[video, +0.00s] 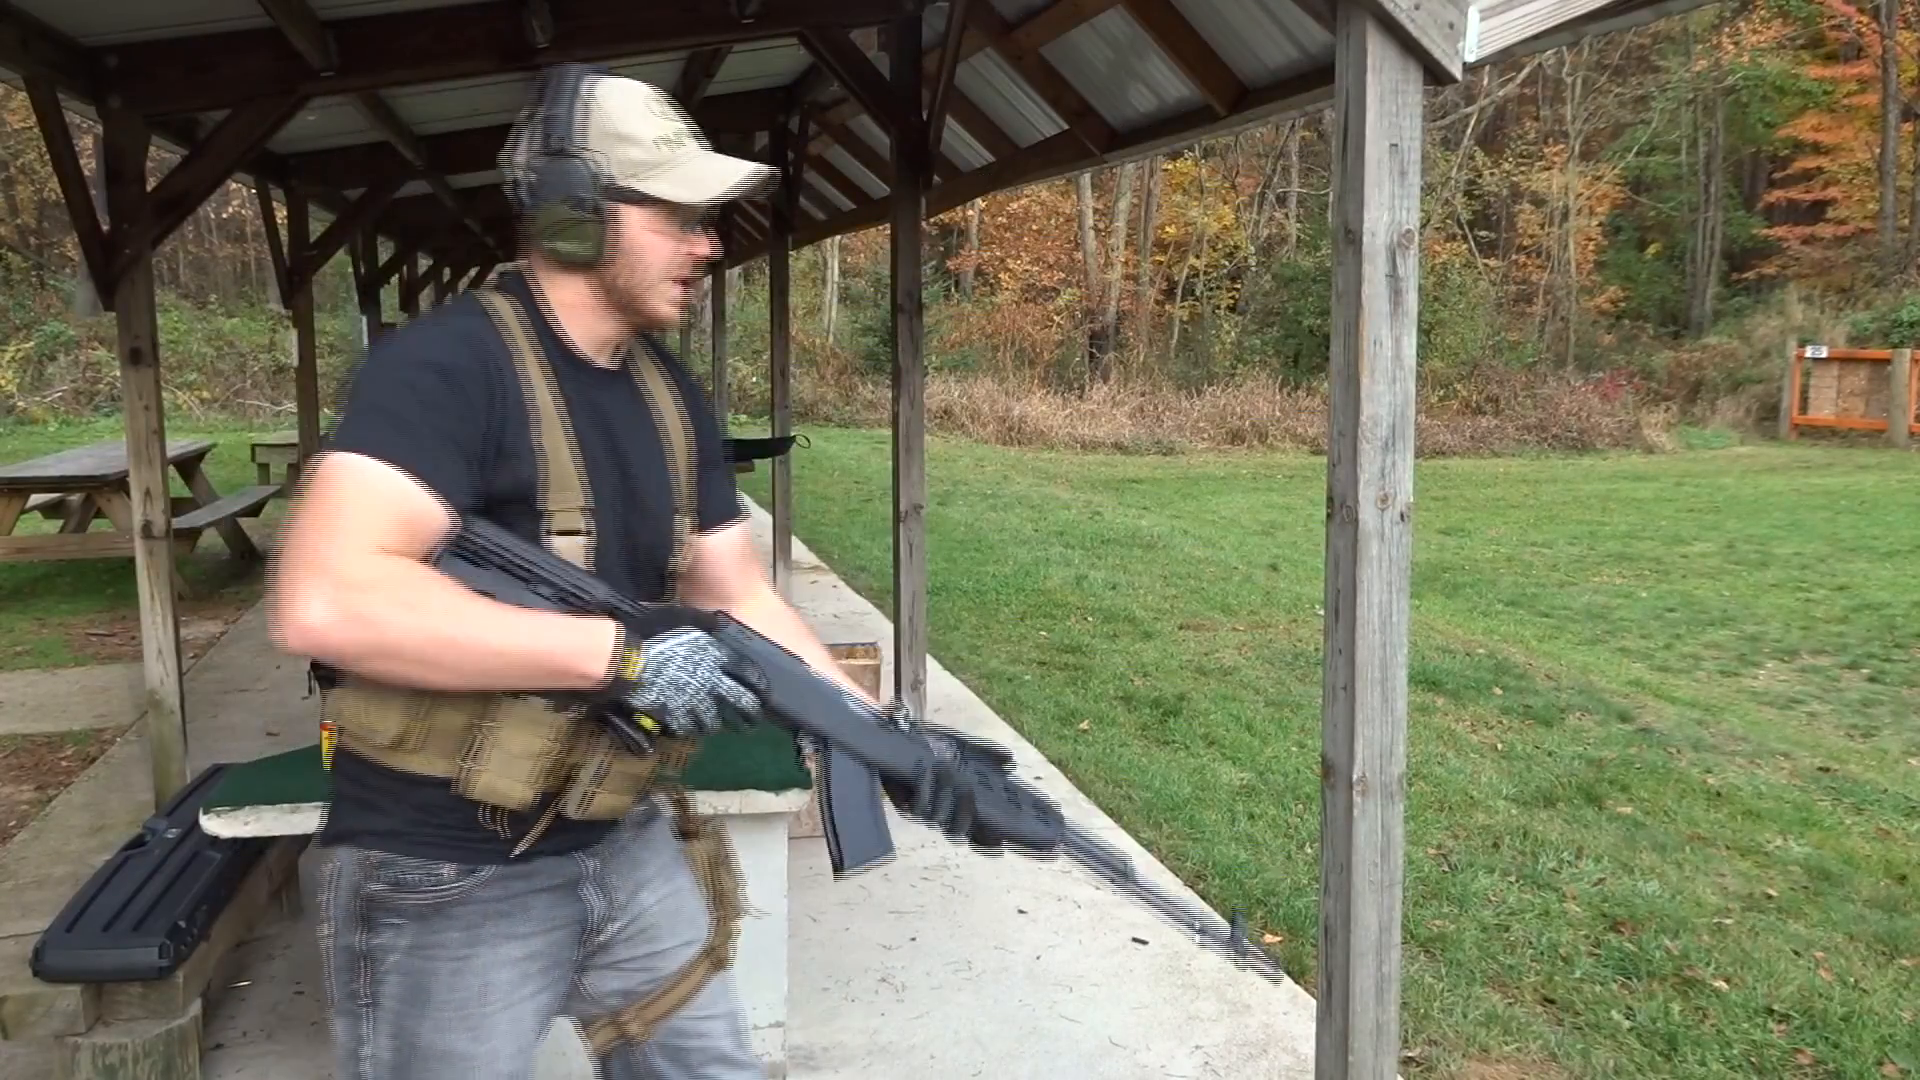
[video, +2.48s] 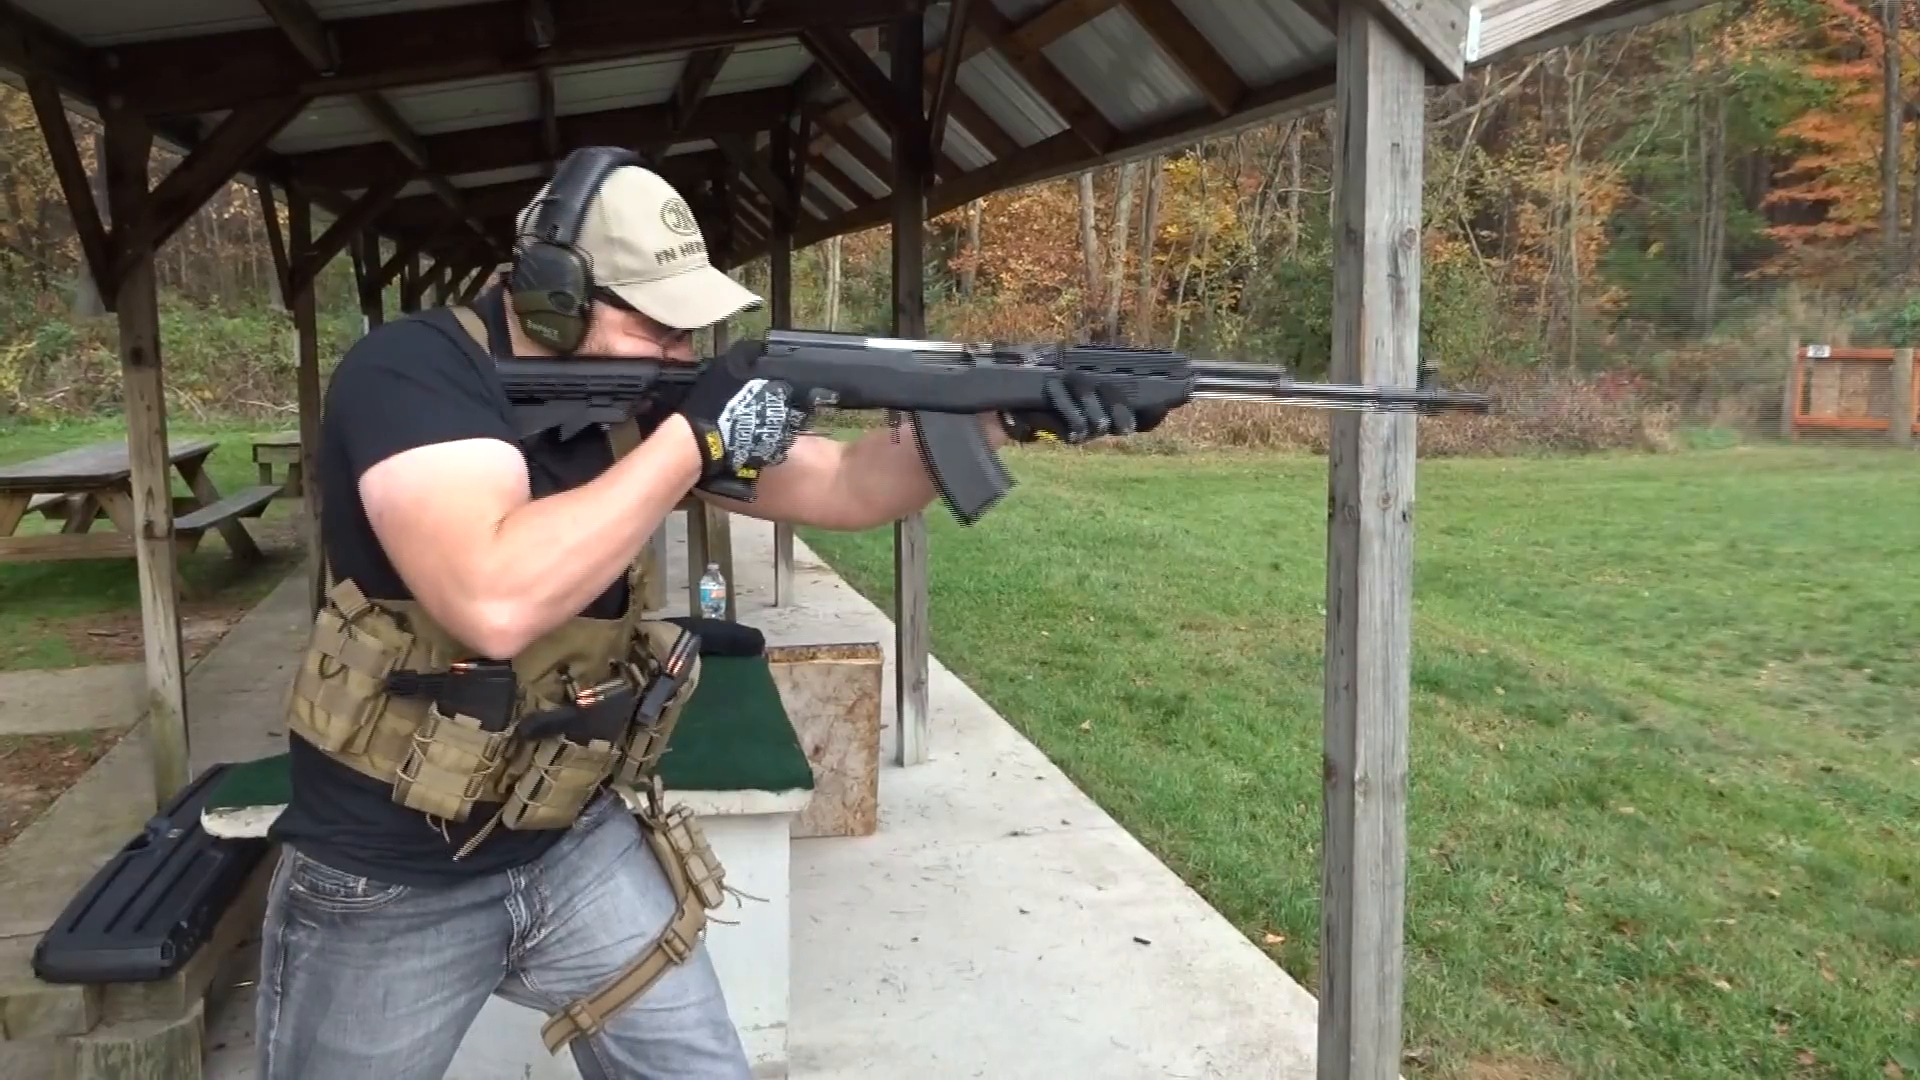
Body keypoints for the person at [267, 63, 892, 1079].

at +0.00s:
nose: (708, 250)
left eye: (709, 225)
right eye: (681, 220)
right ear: (577, 217)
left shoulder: (667, 394)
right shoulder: (442, 365)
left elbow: (742, 598)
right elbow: (328, 600)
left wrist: (884, 738)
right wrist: (619, 651)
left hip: (627, 850)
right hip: (442, 880)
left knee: (713, 1064)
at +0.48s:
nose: (834, 306)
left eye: (834, 281)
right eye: (811, 279)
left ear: (737, 282)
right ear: (715, 271)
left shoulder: (772, 427)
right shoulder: (577, 380)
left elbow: (878, 616)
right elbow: (624, 582)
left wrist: (1053, 664)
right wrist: (867, 585)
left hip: (651, 832)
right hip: (459, 855)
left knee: (753, 1066)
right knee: (369, 1071)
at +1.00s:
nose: (702, 344)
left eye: (707, 321)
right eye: (677, 320)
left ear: (688, 298)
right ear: (580, 298)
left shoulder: (658, 399)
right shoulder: (435, 379)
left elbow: (878, 476)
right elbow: (535, 605)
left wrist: (1059, 401)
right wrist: (717, 436)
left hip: (590, 840)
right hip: (395, 877)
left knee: (711, 1062)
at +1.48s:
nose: (691, 347)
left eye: (698, 325)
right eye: (665, 322)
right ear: (568, 297)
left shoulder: (652, 401)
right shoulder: (418, 378)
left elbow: (861, 483)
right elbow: (515, 606)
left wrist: (1031, 408)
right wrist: (703, 432)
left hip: (585, 844)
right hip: (387, 884)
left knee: (706, 1064)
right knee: (324, 1075)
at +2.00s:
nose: (672, 347)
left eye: (679, 323)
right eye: (646, 321)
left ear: (673, 301)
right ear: (548, 297)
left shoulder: (628, 397)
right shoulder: (396, 380)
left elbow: (846, 479)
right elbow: (495, 598)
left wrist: (1025, 399)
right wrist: (690, 427)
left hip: (582, 843)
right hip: (387, 886)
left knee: (704, 1064)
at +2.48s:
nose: (678, 350)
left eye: (685, 328)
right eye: (653, 326)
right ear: (552, 302)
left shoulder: (636, 396)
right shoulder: (402, 379)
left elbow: (845, 482)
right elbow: (495, 599)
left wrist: (1023, 404)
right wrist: (692, 431)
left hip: (582, 841)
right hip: (387, 883)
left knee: (703, 1064)